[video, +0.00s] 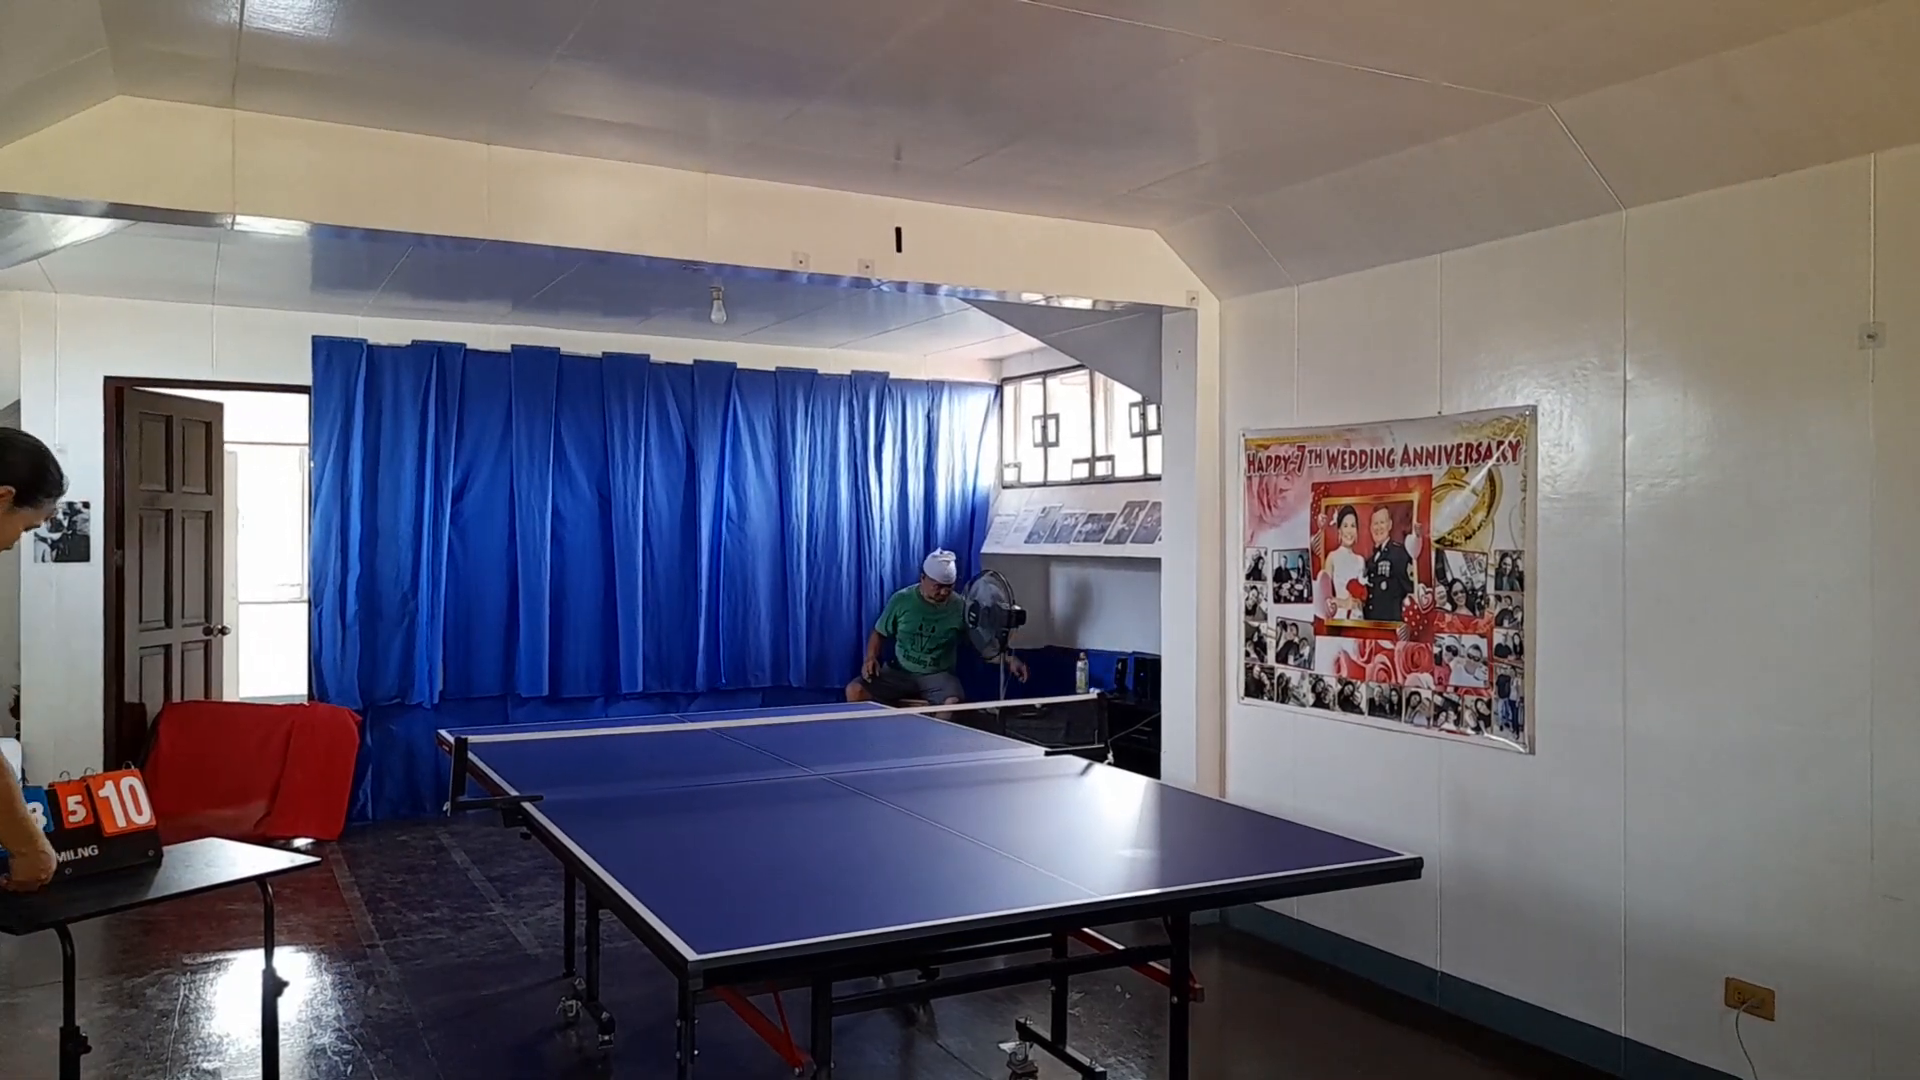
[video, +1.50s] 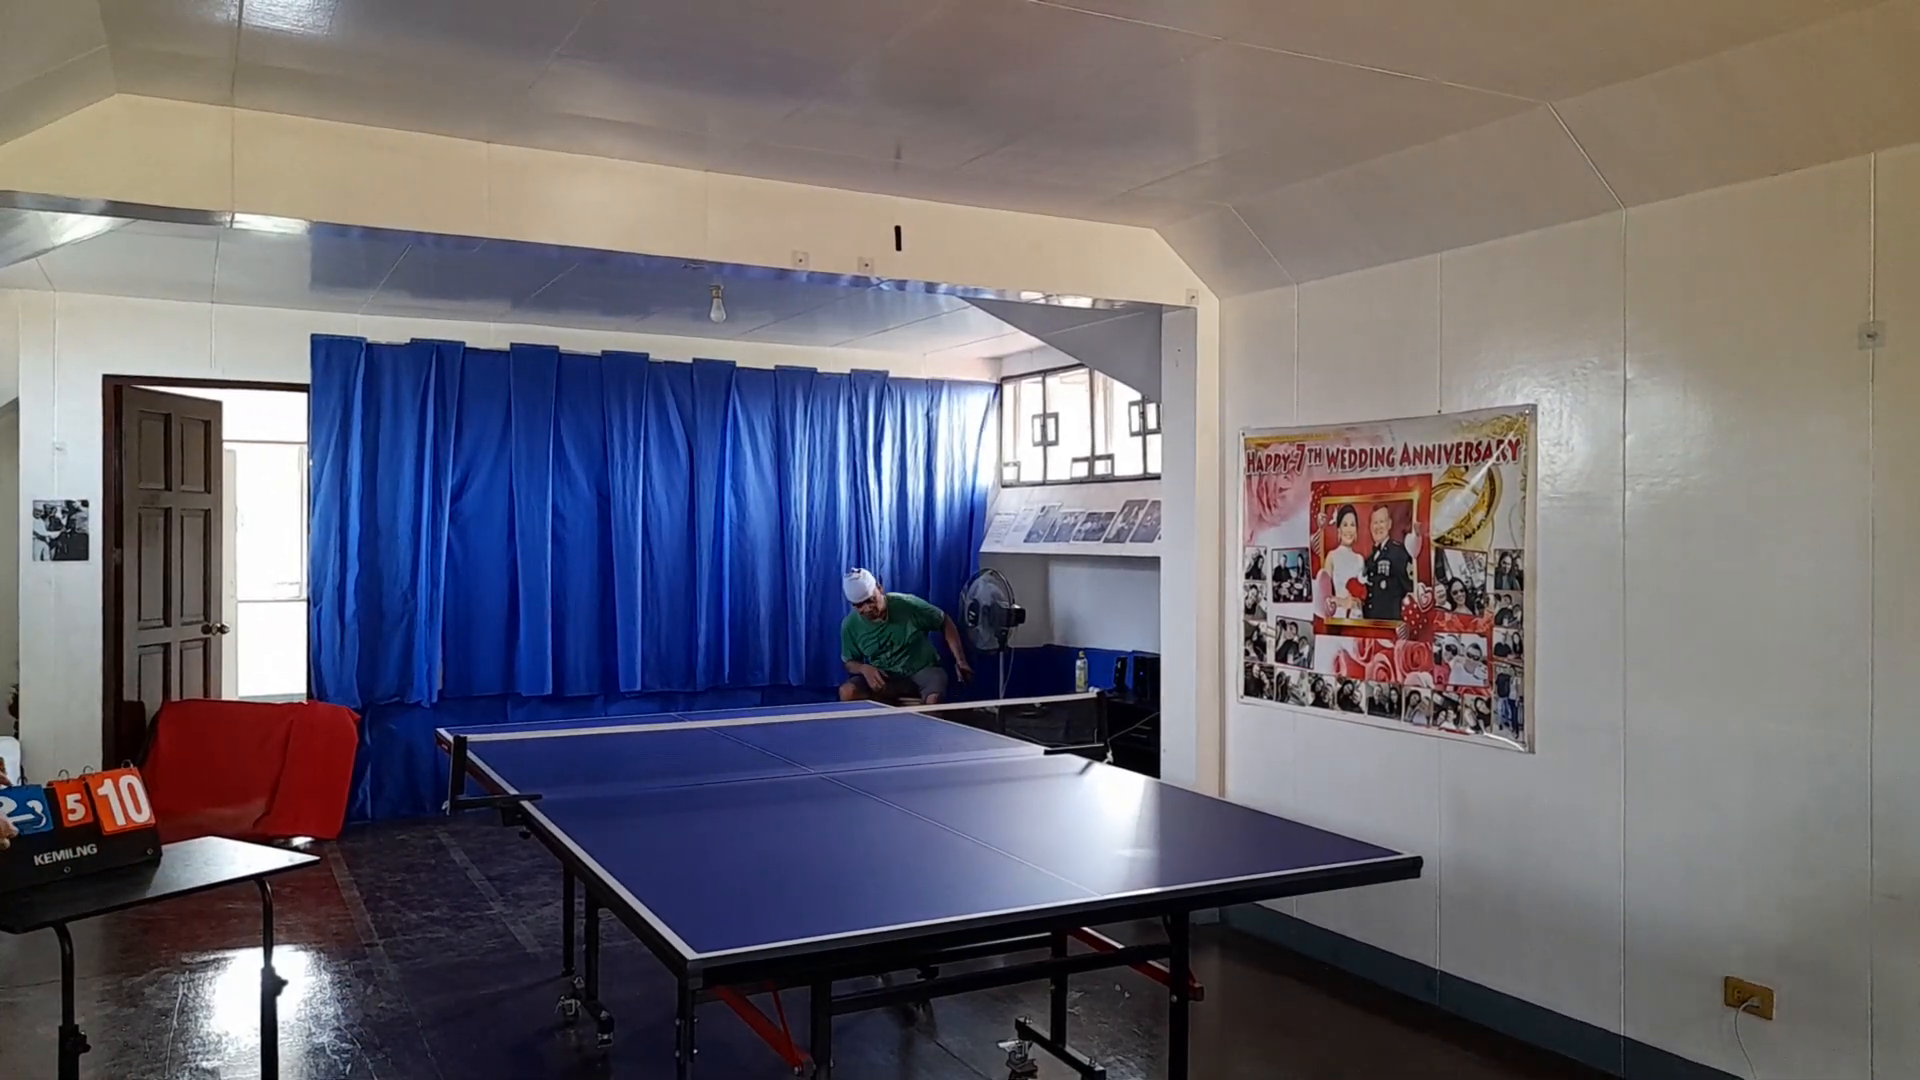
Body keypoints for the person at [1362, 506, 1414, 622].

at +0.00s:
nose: (1378, 527)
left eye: (1382, 522)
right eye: (1375, 523)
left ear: (1390, 524)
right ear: (1370, 527)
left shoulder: (1399, 552)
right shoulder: (1370, 561)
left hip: (1393, 617)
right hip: (1371, 617)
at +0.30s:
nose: (1378, 527)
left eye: (1382, 522)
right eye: (1375, 523)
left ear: (1390, 524)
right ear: (1370, 527)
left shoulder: (1399, 552)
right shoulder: (1369, 560)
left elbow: (1407, 587)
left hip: (1393, 616)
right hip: (1371, 617)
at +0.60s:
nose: (1378, 527)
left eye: (1382, 522)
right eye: (1375, 523)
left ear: (1390, 524)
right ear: (1370, 526)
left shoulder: (1399, 552)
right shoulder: (1369, 560)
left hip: (1392, 617)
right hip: (1371, 617)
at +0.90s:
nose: (1378, 527)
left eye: (1382, 522)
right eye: (1375, 523)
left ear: (1390, 524)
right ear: (1370, 526)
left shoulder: (1399, 552)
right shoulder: (1369, 560)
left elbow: (1405, 586)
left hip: (1393, 616)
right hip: (1371, 617)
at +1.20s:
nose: (1378, 527)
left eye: (1382, 522)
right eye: (1375, 523)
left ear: (1390, 524)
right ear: (1370, 526)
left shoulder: (1399, 552)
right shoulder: (1369, 559)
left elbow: (1408, 587)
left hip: (1393, 617)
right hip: (1371, 617)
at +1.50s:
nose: (1378, 527)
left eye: (1382, 522)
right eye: (1375, 523)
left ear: (1390, 524)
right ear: (1370, 526)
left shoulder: (1399, 552)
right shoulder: (1369, 559)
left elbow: (1406, 586)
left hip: (1392, 615)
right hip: (1371, 616)